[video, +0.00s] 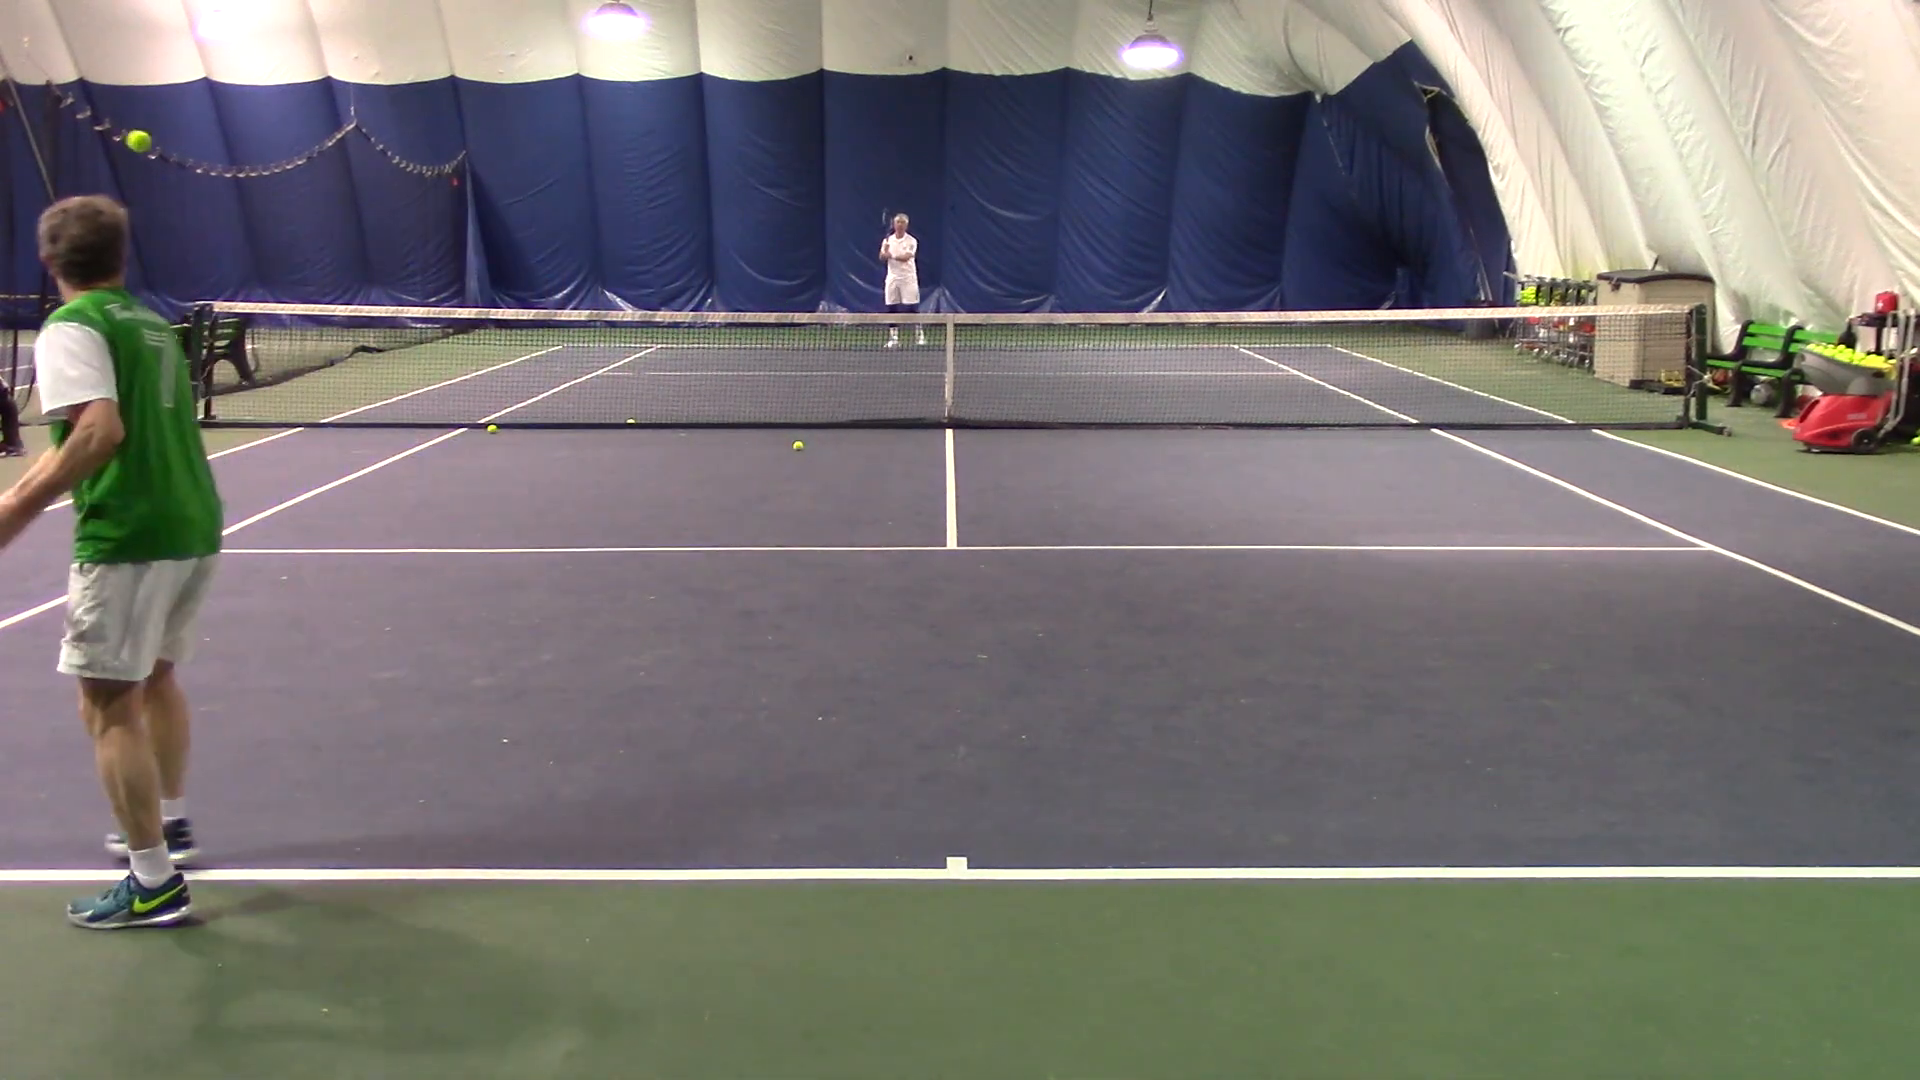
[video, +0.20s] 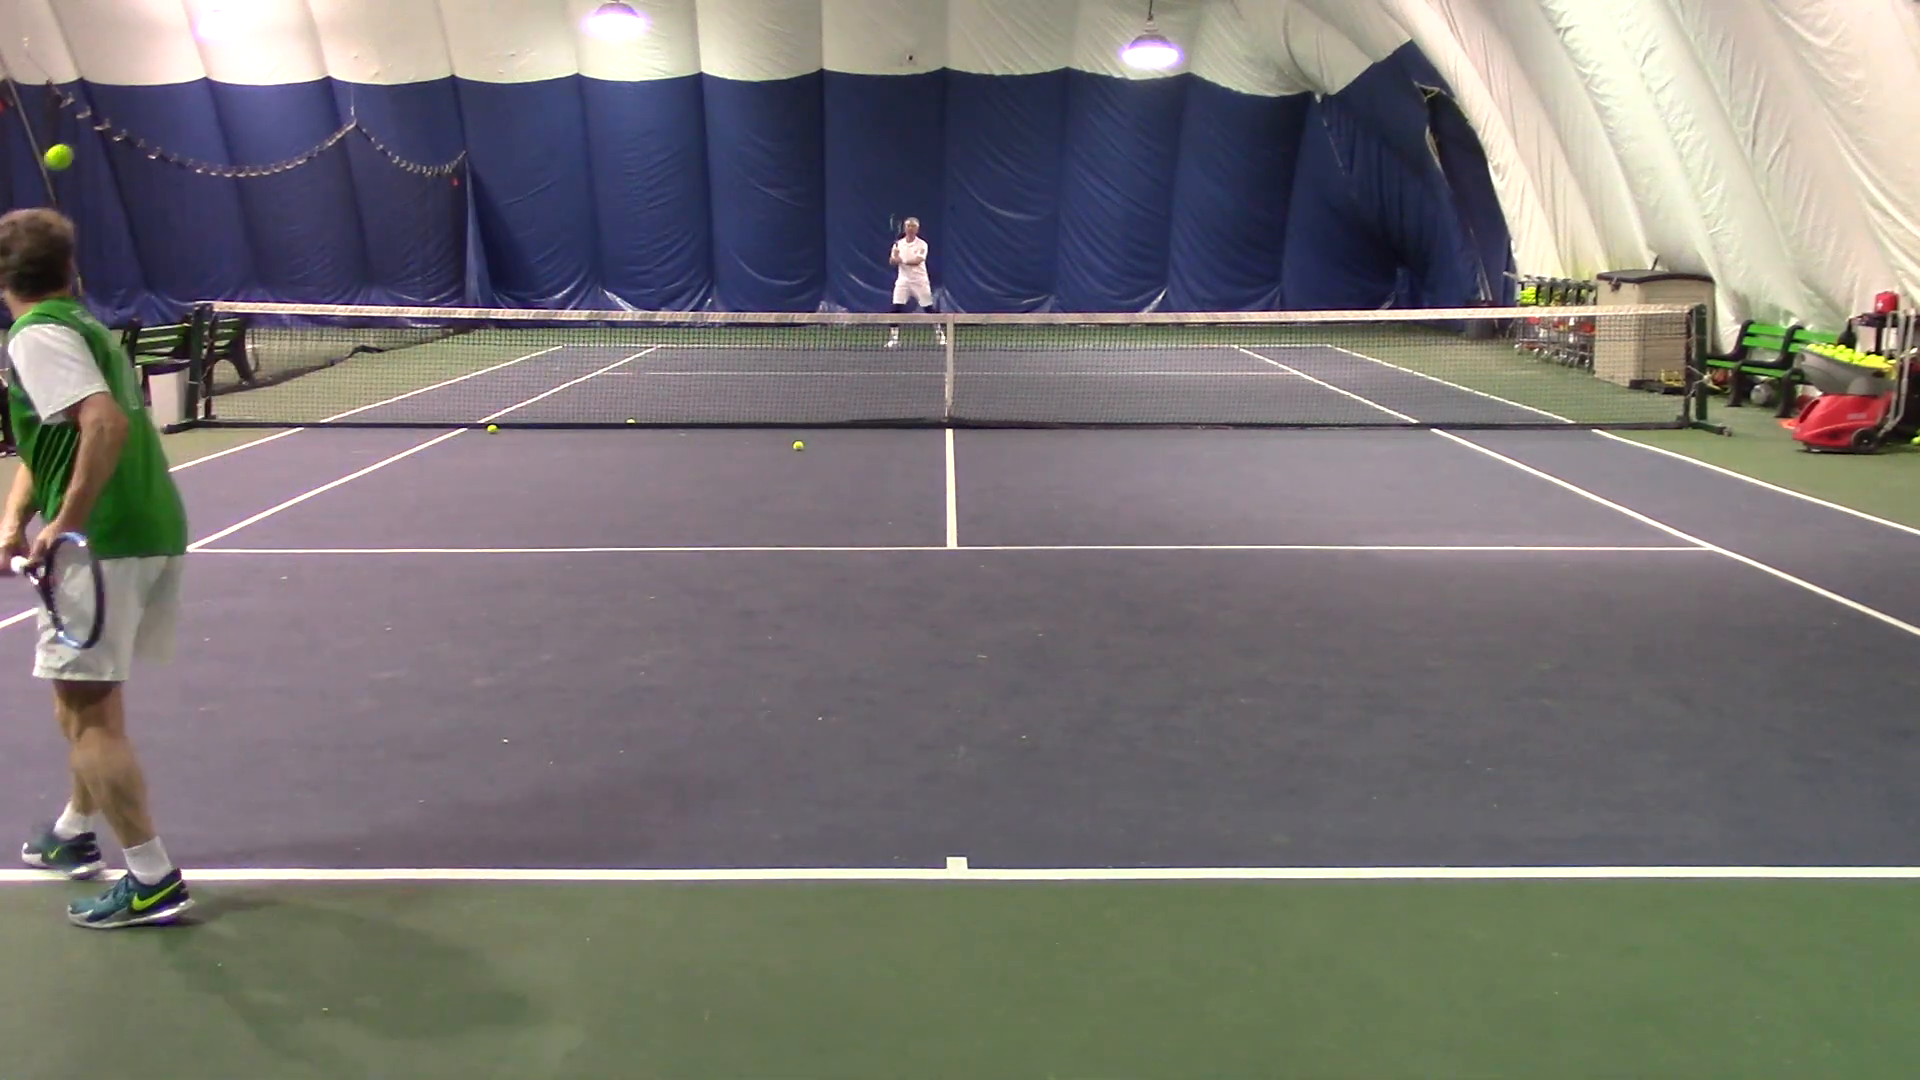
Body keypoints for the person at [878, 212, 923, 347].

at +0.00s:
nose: (900, 226)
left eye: (903, 223)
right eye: (898, 222)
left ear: (906, 225)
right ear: (894, 224)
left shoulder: (911, 240)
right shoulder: (888, 240)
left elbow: (907, 256)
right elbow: (882, 257)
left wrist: (892, 255)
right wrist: (885, 250)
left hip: (908, 277)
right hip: (892, 276)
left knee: (912, 306)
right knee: (891, 307)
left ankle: (919, 333)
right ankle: (894, 337)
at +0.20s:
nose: (910, 229)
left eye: (913, 227)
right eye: (908, 226)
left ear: (917, 229)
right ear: (905, 228)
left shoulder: (922, 244)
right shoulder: (898, 244)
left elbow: (918, 260)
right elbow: (892, 262)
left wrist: (903, 261)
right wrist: (895, 256)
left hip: (920, 280)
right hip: (903, 280)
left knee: (928, 308)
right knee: (896, 307)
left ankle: (939, 332)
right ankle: (894, 337)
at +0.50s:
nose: (928, 229)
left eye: (931, 226)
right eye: (926, 226)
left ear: (935, 229)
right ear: (923, 228)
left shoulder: (941, 244)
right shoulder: (916, 243)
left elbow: (942, 259)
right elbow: (913, 259)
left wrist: (931, 267)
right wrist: (919, 263)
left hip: (936, 279)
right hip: (919, 278)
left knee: (939, 307)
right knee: (912, 305)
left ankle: (942, 335)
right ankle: (908, 335)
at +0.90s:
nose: (935, 228)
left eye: (937, 225)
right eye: (933, 225)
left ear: (941, 227)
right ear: (929, 226)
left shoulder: (946, 243)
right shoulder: (921, 241)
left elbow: (947, 259)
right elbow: (916, 258)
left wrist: (938, 264)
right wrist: (923, 261)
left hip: (939, 277)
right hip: (924, 277)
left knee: (941, 306)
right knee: (921, 305)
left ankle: (943, 333)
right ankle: (923, 332)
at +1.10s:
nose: (932, 231)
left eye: (935, 229)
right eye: (930, 229)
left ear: (938, 230)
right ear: (927, 229)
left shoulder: (945, 244)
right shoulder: (919, 244)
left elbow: (947, 261)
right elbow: (916, 261)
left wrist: (938, 268)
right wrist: (923, 265)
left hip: (940, 278)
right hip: (925, 278)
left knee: (939, 304)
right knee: (923, 306)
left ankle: (943, 334)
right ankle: (924, 333)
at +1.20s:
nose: (932, 229)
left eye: (935, 226)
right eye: (930, 226)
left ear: (939, 228)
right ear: (927, 227)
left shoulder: (946, 243)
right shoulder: (921, 243)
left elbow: (949, 261)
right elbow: (918, 259)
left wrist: (938, 268)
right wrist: (924, 266)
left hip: (941, 278)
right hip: (927, 277)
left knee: (940, 305)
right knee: (925, 305)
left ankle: (943, 334)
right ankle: (925, 333)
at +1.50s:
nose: (937, 229)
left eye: (940, 226)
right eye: (935, 226)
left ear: (944, 227)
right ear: (932, 227)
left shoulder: (950, 242)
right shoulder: (928, 242)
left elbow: (951, 260)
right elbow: (926, 257)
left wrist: (939, 266)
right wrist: (928, 264)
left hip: (947, 276)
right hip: (935, 275)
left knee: (945, 305)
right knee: (933, 304)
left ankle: (948, 333)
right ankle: (943, 330)